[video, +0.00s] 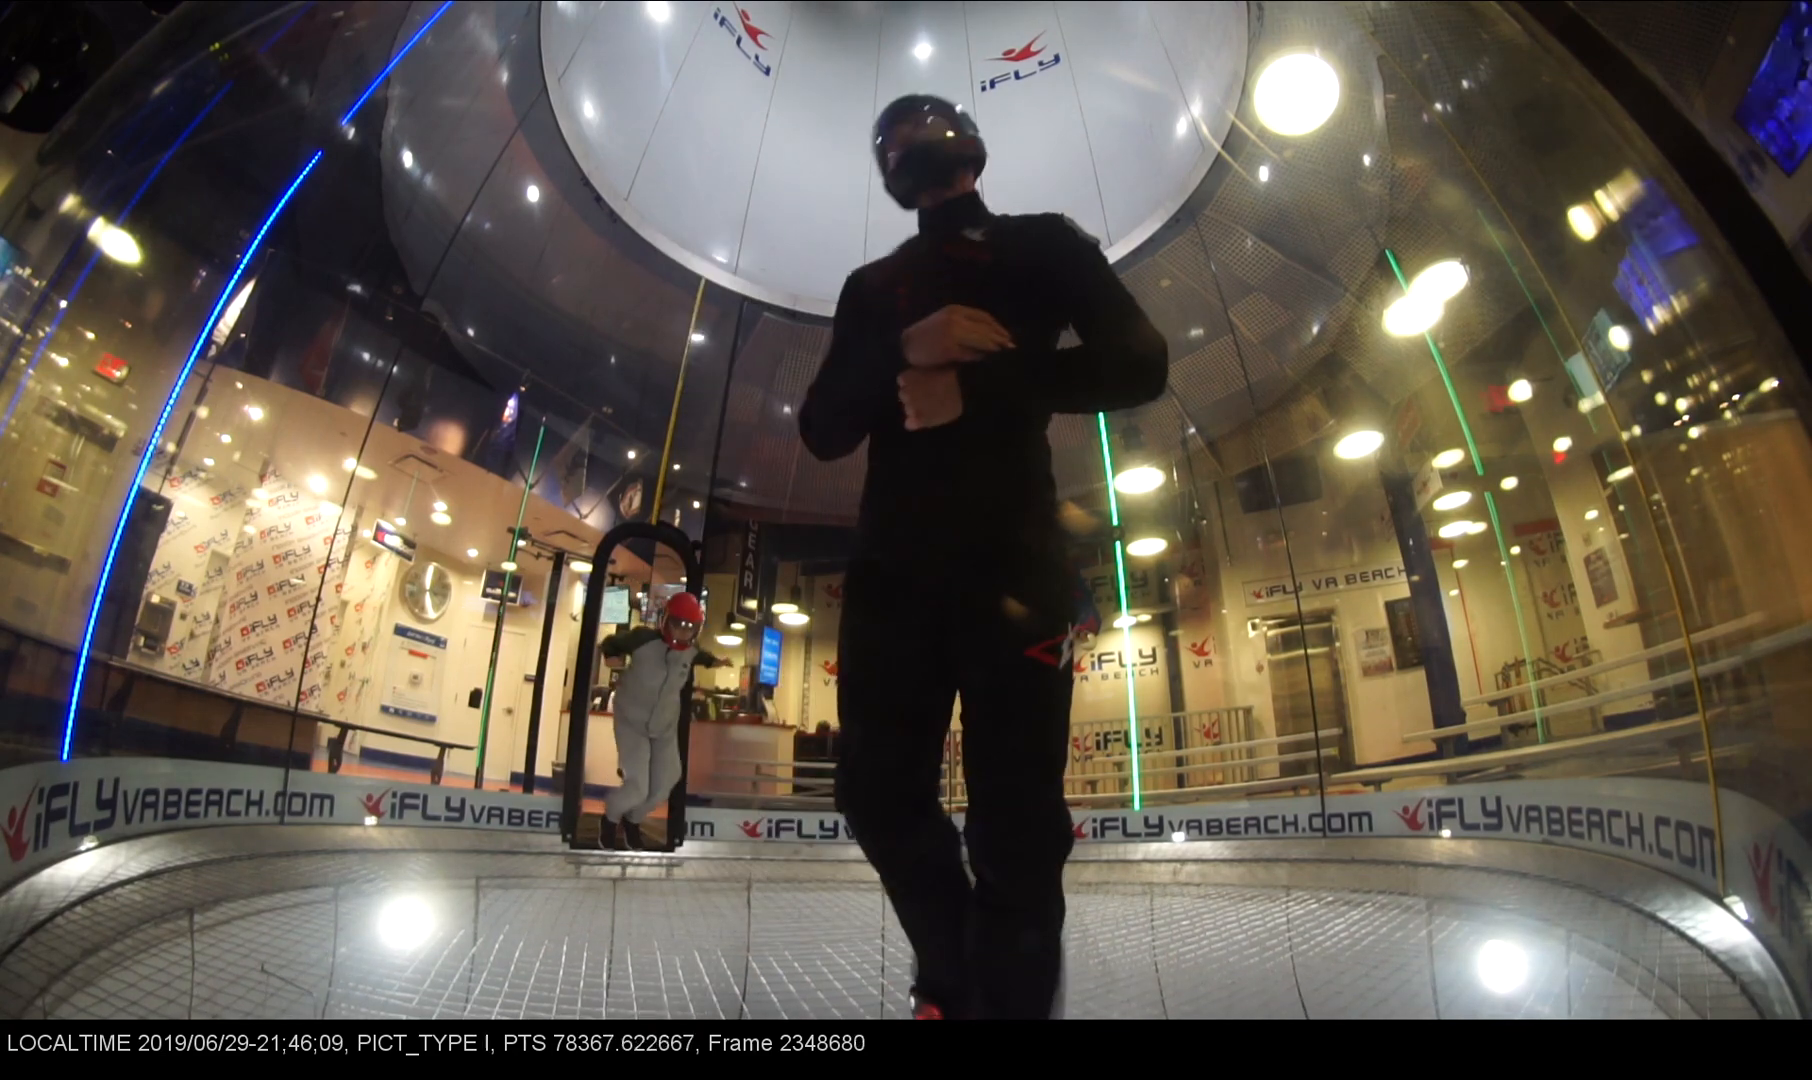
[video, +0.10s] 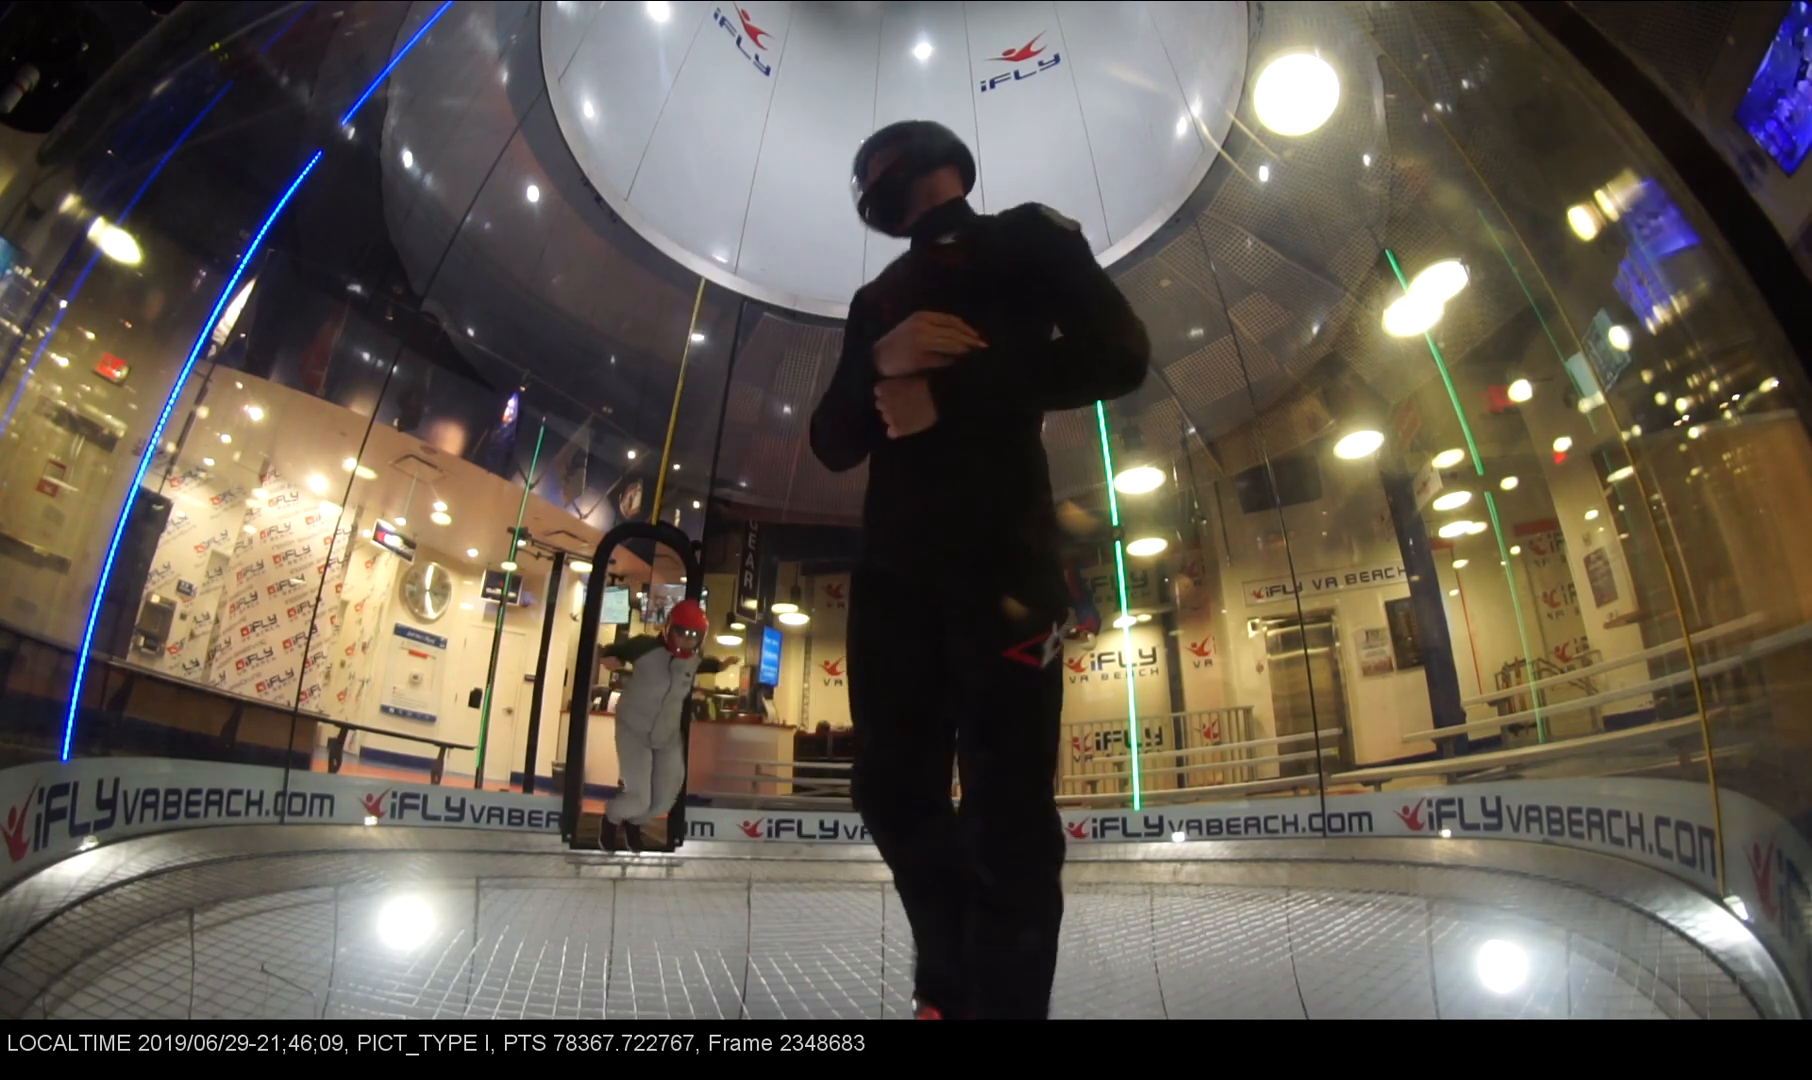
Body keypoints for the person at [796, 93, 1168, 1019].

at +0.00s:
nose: (915, 150)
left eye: (934, 131)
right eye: (896, 144)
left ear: (975, 156)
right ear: (885, 178)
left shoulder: (1044, 243)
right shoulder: (870, 291)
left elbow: (1141, 364)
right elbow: (823, 431)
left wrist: (980, 385)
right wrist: (898, 344)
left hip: (1015, 560)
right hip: (897, 569)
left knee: (1017, 811)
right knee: (880, 794)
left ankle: (1016, 1003)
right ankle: (957, 980)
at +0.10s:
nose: (871, 197)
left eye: (883, 177)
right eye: (865, 190)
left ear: (937, 170)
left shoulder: (1027, 236)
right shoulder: (874, 303)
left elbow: (1120, 355)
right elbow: (831, 442)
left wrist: (949, 388)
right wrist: (882, 363)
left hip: (1001, 553)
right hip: (896, 565)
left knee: (1008, 801)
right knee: (893, 792)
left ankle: (1009, 1003)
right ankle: (950, 988)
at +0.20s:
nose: (856, 219)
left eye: (866, 200)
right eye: (854, 210)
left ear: (913, 188)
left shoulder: (997, 228)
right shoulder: (880, 305)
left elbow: (1082, 329)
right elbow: (845, 456)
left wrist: (917, 388)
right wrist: (853, 365)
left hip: (990, 537)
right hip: (897, 550)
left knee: (989, 787)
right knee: (905, 781)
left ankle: (1005, 1002)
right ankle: (951, 990)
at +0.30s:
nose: (845, 238)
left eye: (852, 220)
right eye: (842, 230)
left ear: (890, 201)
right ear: (872, 230)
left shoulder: (970, 219)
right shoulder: (875, 308)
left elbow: (1026, 316)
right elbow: (869, 460)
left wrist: (881, 390)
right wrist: (836, 401)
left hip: (974, 538)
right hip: (902, 551)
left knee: (968, 789)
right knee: (908, 785)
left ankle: (998, 1003)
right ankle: (957, 992)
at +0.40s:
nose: (848, 260)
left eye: (852, 241)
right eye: (843, 250)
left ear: (887, 214)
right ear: (893, 217)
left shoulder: (940, 233)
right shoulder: (882, 295)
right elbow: (857, 448)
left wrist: (838, 411)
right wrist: (822, 409)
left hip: (951, 542)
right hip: (906, 549)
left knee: (934, 783)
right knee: (909, 783)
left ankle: (982, 1002)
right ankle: (957, 992)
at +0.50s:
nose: (839, 268)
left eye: (839, 252)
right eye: (836, 258)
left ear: (858, 226)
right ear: (902, 212)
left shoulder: (904, 247)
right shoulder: (914, 268)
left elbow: (885, 381)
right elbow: (907, 420)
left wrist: (821, 410)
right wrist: (839, 440)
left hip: (929, 548)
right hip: (936, 544)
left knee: (889, 803)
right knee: (909, 801)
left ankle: (985, 1006)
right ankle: (954, 996)